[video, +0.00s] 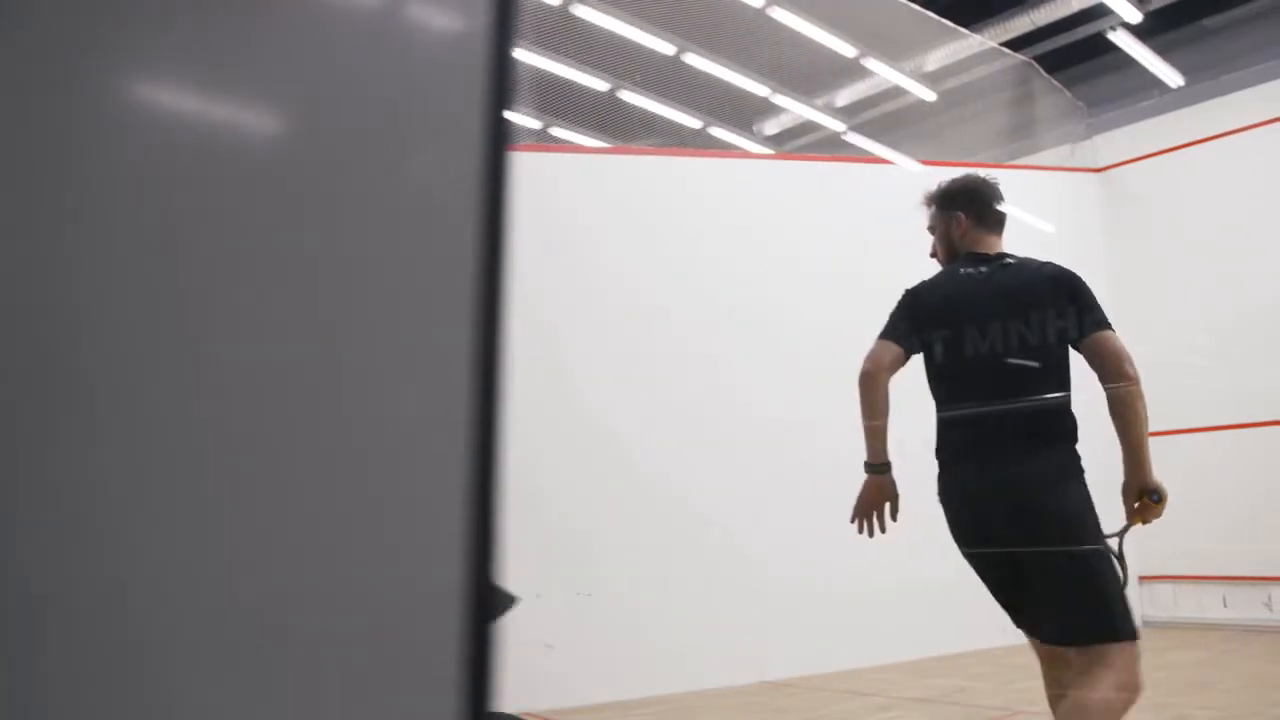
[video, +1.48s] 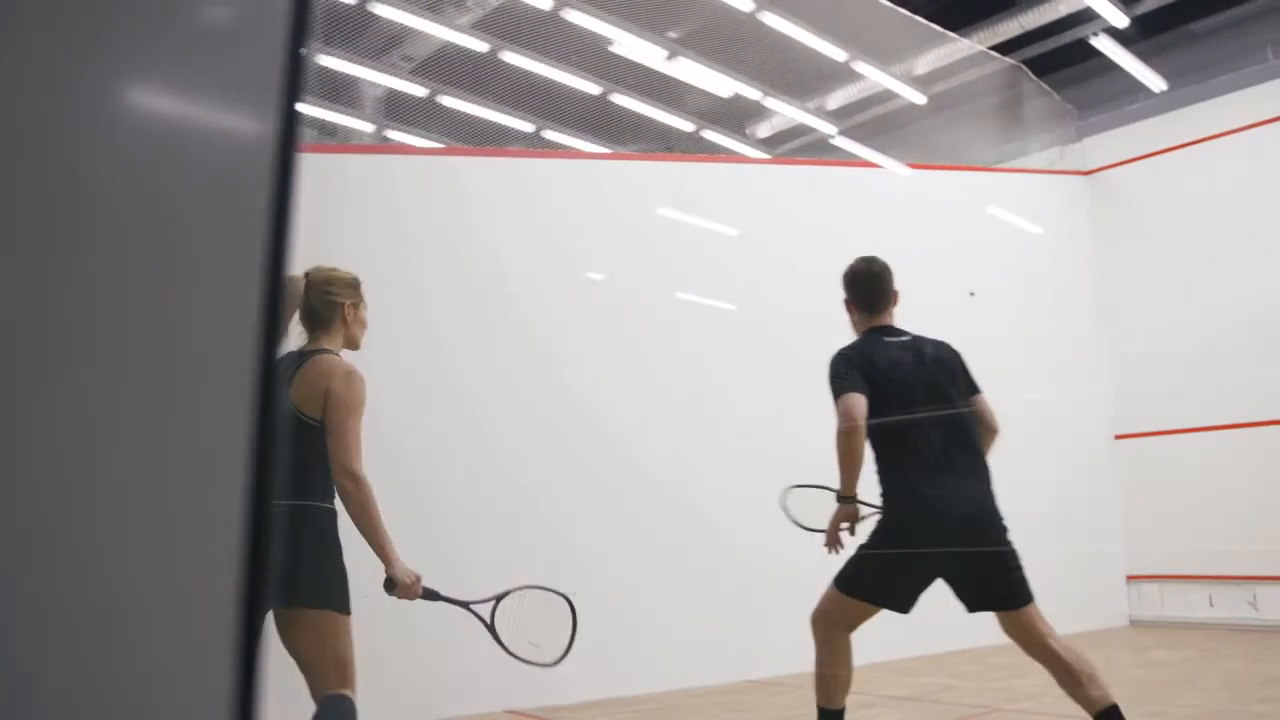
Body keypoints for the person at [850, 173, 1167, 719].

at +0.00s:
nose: (931, 248)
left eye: (933, 231)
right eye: (930, 234)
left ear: (960, 224)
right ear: (994, 226)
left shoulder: (926, 299)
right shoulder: (1055, 282)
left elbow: (873, 371)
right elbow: (1120, 374)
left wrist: (877, 469)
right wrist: (1139, 474)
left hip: (969, 497)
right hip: (1049, 489)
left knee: (1059, 662)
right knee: (1116, 674)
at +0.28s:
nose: (958, 251)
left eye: (959, 236)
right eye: (957, 238)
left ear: (978, 233)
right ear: (1019, 235)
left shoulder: (950, 303)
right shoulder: (1075, 291)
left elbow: (896, 375)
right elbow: (1135, 374)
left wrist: (910, 459)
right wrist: (1152, 470)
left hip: (992, 498)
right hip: (1072, 487)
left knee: (1069, 645)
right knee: (1142, 637)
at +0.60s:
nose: (975, 252)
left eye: (975, 244)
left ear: (978, 245)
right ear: (1031, 240)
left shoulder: (956, 304)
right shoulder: (1079, 297)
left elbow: (911, 368)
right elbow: (1130, 375)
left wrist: (929, 437)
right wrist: (1143, 464)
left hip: (995, 492)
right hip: (1073, 485)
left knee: (1044, 634)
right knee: (1128, 628)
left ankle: (1078, 717)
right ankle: (1173, 715)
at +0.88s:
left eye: (970, 272)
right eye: (1020, 268)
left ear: (968, 276)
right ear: (1023, 274)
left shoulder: (952, 337)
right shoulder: (1071, 332)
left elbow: (923, 405)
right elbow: (1125, 409)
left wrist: (932, 466)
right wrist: (1123, 493)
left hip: (995, 517)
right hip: (1072, 512)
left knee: (982, 636)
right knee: (1121, 637)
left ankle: (1025, 713)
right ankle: (1160, 718)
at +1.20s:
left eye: (920, 298)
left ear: (922, 302)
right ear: (973, 296)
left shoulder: (916, 358)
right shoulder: (1026, 351)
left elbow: (901, 419)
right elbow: (1074, 427)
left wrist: (902, 497)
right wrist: (1048, 491)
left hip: (967, 526)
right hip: (1039, 522)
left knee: (896, 623)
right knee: (1094, 638)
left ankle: (901, 717)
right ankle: (1141, 716)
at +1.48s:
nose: (846, 307)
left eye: (844, 301)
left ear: (847, 306)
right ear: (894, 300)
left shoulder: (850, 359)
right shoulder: (941, 352)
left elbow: (852, 423)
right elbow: (987, 425)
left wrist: (846, 499)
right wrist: (955, 478)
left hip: (913, 528)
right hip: (979, 524)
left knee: (829, 622)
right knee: (1041, 639)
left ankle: (829, 718)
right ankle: (1114, 717)